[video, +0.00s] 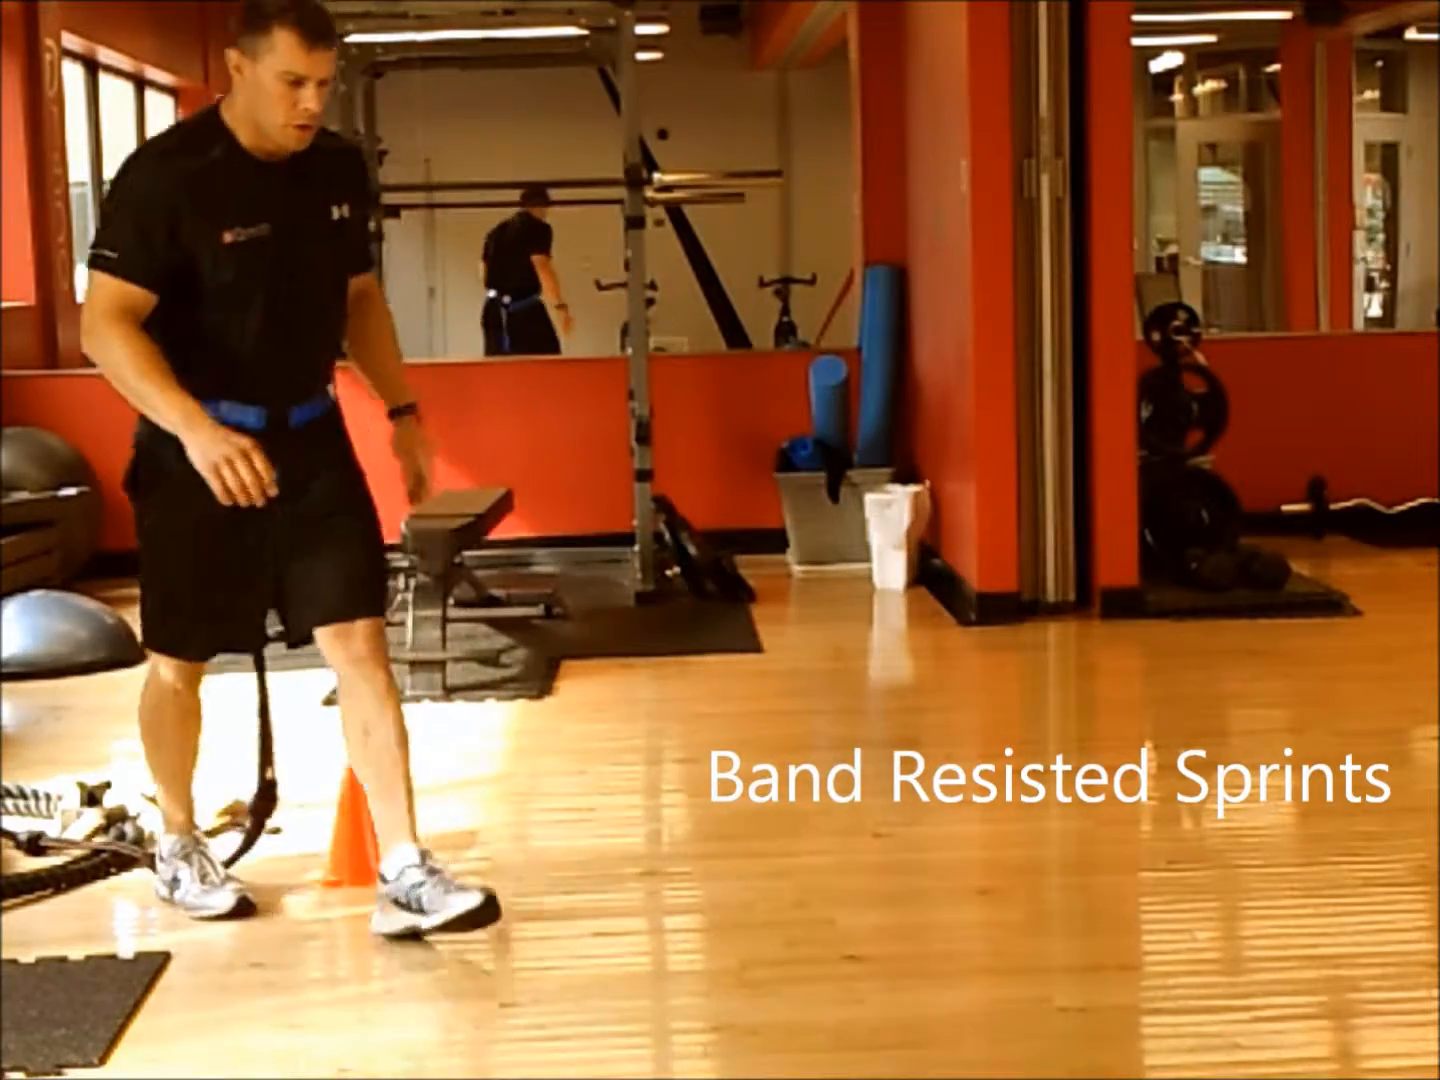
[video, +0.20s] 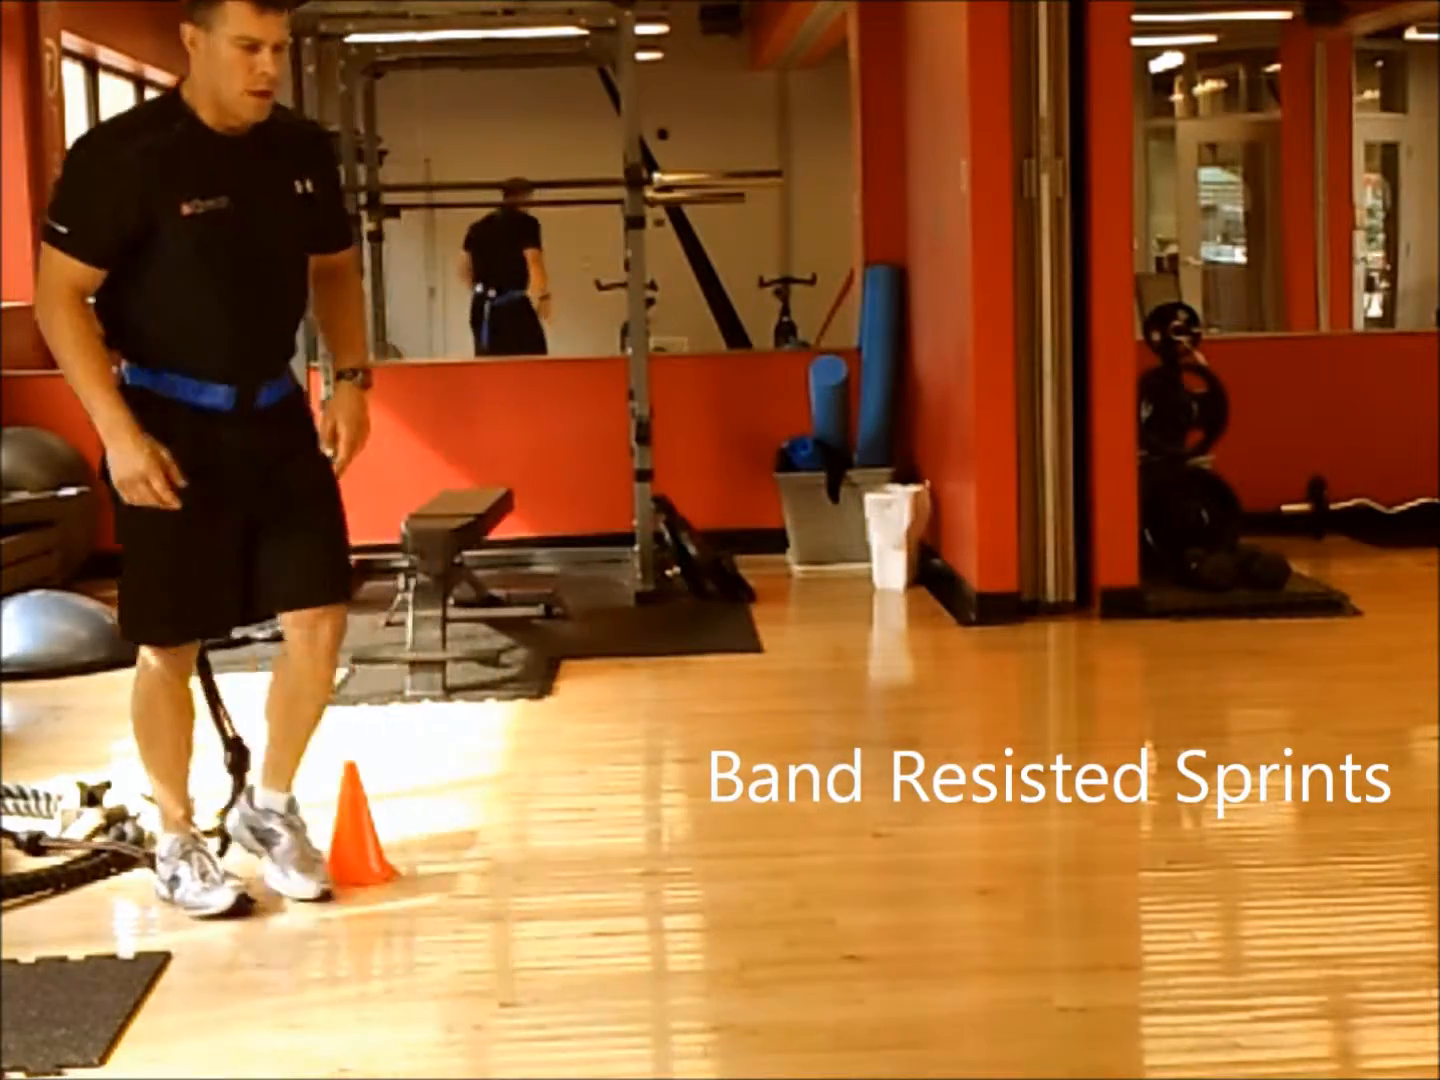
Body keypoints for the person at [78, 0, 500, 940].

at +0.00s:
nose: (313, 104)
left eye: (324, 84)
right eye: (295, 84)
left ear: (331, 77)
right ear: (236, 69)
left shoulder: (339, 167)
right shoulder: (162, 175)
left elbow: (359, 299)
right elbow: (103, 323)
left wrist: (404, 412)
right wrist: (197, 426)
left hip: (309, 441)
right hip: (193, 450)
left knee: (359, 642)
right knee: (178, 661)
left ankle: (405, 868)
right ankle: (180, 847)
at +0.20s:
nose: (271, 70)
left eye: (280, 49)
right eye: (250, 48)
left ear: (286, 49)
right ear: (191, 42)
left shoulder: (306, 151)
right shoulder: (117, 156)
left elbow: (336, 273)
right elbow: (59, 300)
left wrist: (349, 377)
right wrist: (119, 433)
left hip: (278, 423)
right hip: (168, 430)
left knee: (319, 621)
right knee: (170, 646)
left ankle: (267, 809)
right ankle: (177, 840)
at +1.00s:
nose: (354, 165)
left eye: (368, 147)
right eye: (336, 142)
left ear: (377, 147)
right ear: (282, 129)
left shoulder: (376, 236)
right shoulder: (189, 203)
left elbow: (407, 351)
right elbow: (59, 270)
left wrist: (419, 427)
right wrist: (36, 410)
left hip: (271, 469)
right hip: (171, 455)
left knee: (234, 647)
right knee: (230, 634)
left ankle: (175, 801)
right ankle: (179, 830)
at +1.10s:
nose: (385, 230)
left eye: (396, 208)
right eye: (367, 207)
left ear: (407, 198)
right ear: (309, 187)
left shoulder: (407, 261)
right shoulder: (209, 232)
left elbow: (446, 375)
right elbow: (60, 256)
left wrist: (452, 401)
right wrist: (27, 383)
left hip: (293, 490)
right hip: (191, 472)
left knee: (250, 667)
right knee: (236, 659)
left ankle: (190, 810)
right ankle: (173, 856)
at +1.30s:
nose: (451, 258)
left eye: (463, 235)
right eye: (429, 233)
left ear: (476, 225)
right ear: (367, 214)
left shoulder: (485, 271)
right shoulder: (285, 272)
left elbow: (509, 329)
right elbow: (215, 439)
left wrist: (499, 407)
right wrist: (348, 511)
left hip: (403, 510)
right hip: (274, 517)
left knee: (436, 721)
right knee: (236, 728)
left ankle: (366, 775)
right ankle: (176, 862)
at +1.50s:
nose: (743, 173)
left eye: (755, 150)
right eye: (723, 145)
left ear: (760, 147)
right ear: (649, 127)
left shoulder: (723, 222)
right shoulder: (534, 203)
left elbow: (697, 326)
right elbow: (417, 361)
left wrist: (686, 424)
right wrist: (572, 475)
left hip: (593, 476)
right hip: (459, 474)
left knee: (670, 701)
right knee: (404, 721)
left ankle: (640, 972)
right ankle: (280, 780)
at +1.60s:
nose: (889, 162)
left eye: (900, 138)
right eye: (870, 131)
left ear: (898, 139)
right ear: (793, 114)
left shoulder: (845, 244)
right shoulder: (652, 192)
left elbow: (842, 383)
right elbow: (489, 308)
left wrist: (880, 504)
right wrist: (440, 493)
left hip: (705, 500)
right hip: (583, 502)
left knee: (747, 755)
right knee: (615, 799)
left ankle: (645, 980)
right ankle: (425, 761)